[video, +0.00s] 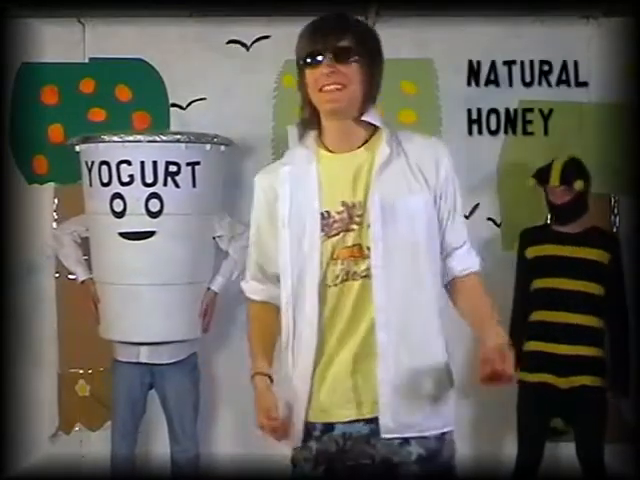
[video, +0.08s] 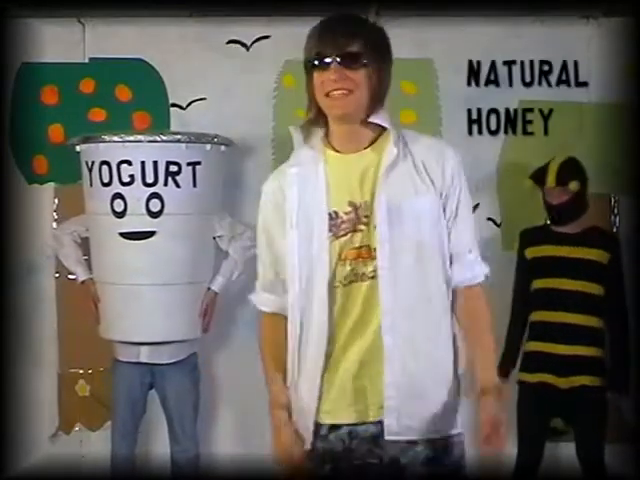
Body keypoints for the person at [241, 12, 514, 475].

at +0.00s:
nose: (330, 69)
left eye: (345, 56)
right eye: (316, 59)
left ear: (372, 72)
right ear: (301, 80)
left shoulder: (427, 160)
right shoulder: (275, 182)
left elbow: (459, 267)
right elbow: (263, 292)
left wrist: (491, 332)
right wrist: (261, 376)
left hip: (414, 419)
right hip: (320, 423)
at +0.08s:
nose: (336, 75)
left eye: (353, 61)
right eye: (322, 63)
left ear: (380, 74)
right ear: (310, 79)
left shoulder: (435, 164)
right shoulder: (283, 186)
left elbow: (468, 283)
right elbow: (274, 306)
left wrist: (488, 392)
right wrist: (280, 416)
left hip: (421, 427)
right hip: (323, 430)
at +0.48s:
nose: (351, 77)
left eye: (368, 62)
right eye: (337, 65)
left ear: (399, 75)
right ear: (327, 82)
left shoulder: (459, 173)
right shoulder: (302, 188)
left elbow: (483, 298)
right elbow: (299, 310)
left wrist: (473, 418)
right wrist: (313, 424)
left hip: (432, 435)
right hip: (342, 434)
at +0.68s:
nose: (344, 86)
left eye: (362, 71)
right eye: (332, 73)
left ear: (394, 81)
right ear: (322, 86)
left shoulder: (451, 178)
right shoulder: (298, 187)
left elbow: (471, 304)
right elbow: (299, 310)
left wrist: (477, 425)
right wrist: (307, 422)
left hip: (426, 437)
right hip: (336, 434)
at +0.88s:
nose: (325, 85)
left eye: (343, 71)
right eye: (314, 73)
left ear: (373, 83)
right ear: (303, 87)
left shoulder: (430, 175)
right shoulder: (280, 188)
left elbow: (455, 299)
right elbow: (280, 310)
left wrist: (453, 412)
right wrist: (289, 414)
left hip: (406, 431)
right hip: (319, 428)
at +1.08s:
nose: (303, 108)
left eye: (318, 95)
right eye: (289, 96)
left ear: (343, 104)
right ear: (276, 108)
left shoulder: (393, 190)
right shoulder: (250, 205)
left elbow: (417, 309)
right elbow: (252, 322)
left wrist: (430, 417)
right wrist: (266, 426)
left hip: (381, 432)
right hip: (296, 434)